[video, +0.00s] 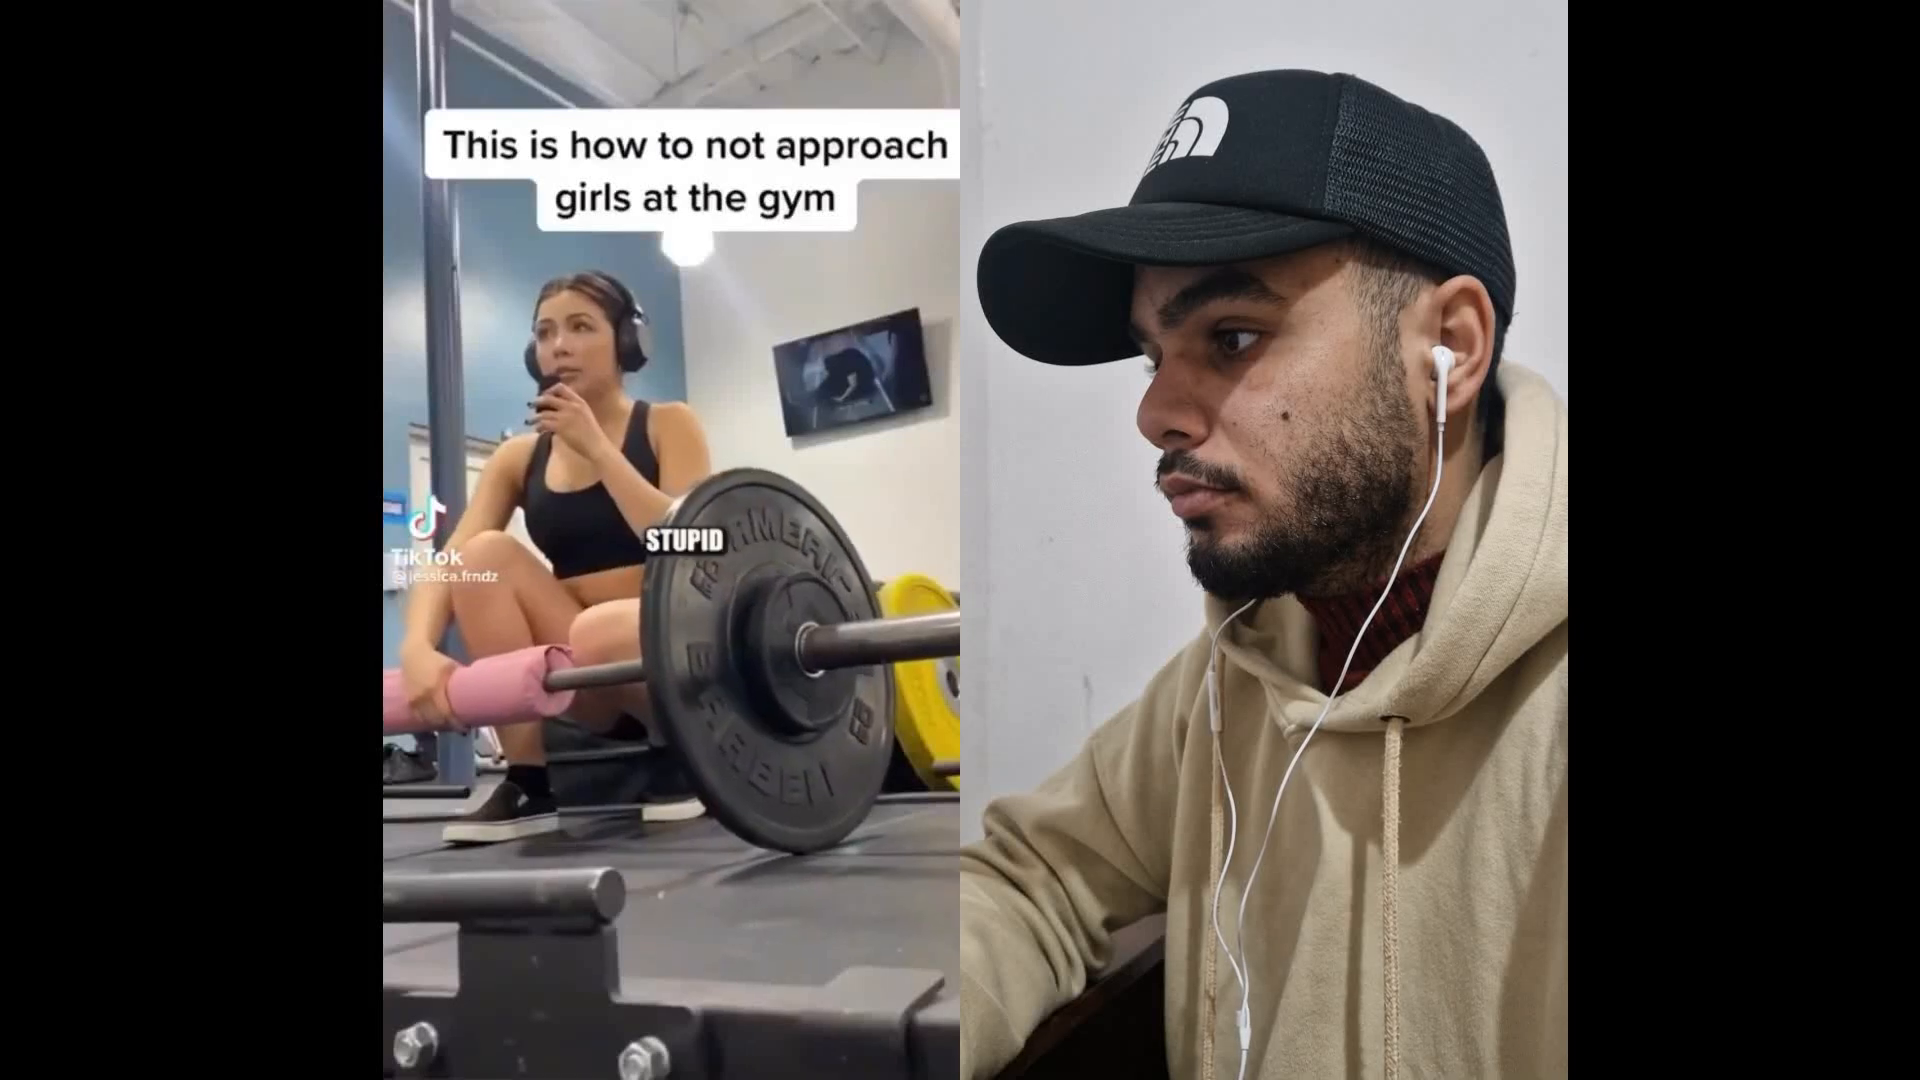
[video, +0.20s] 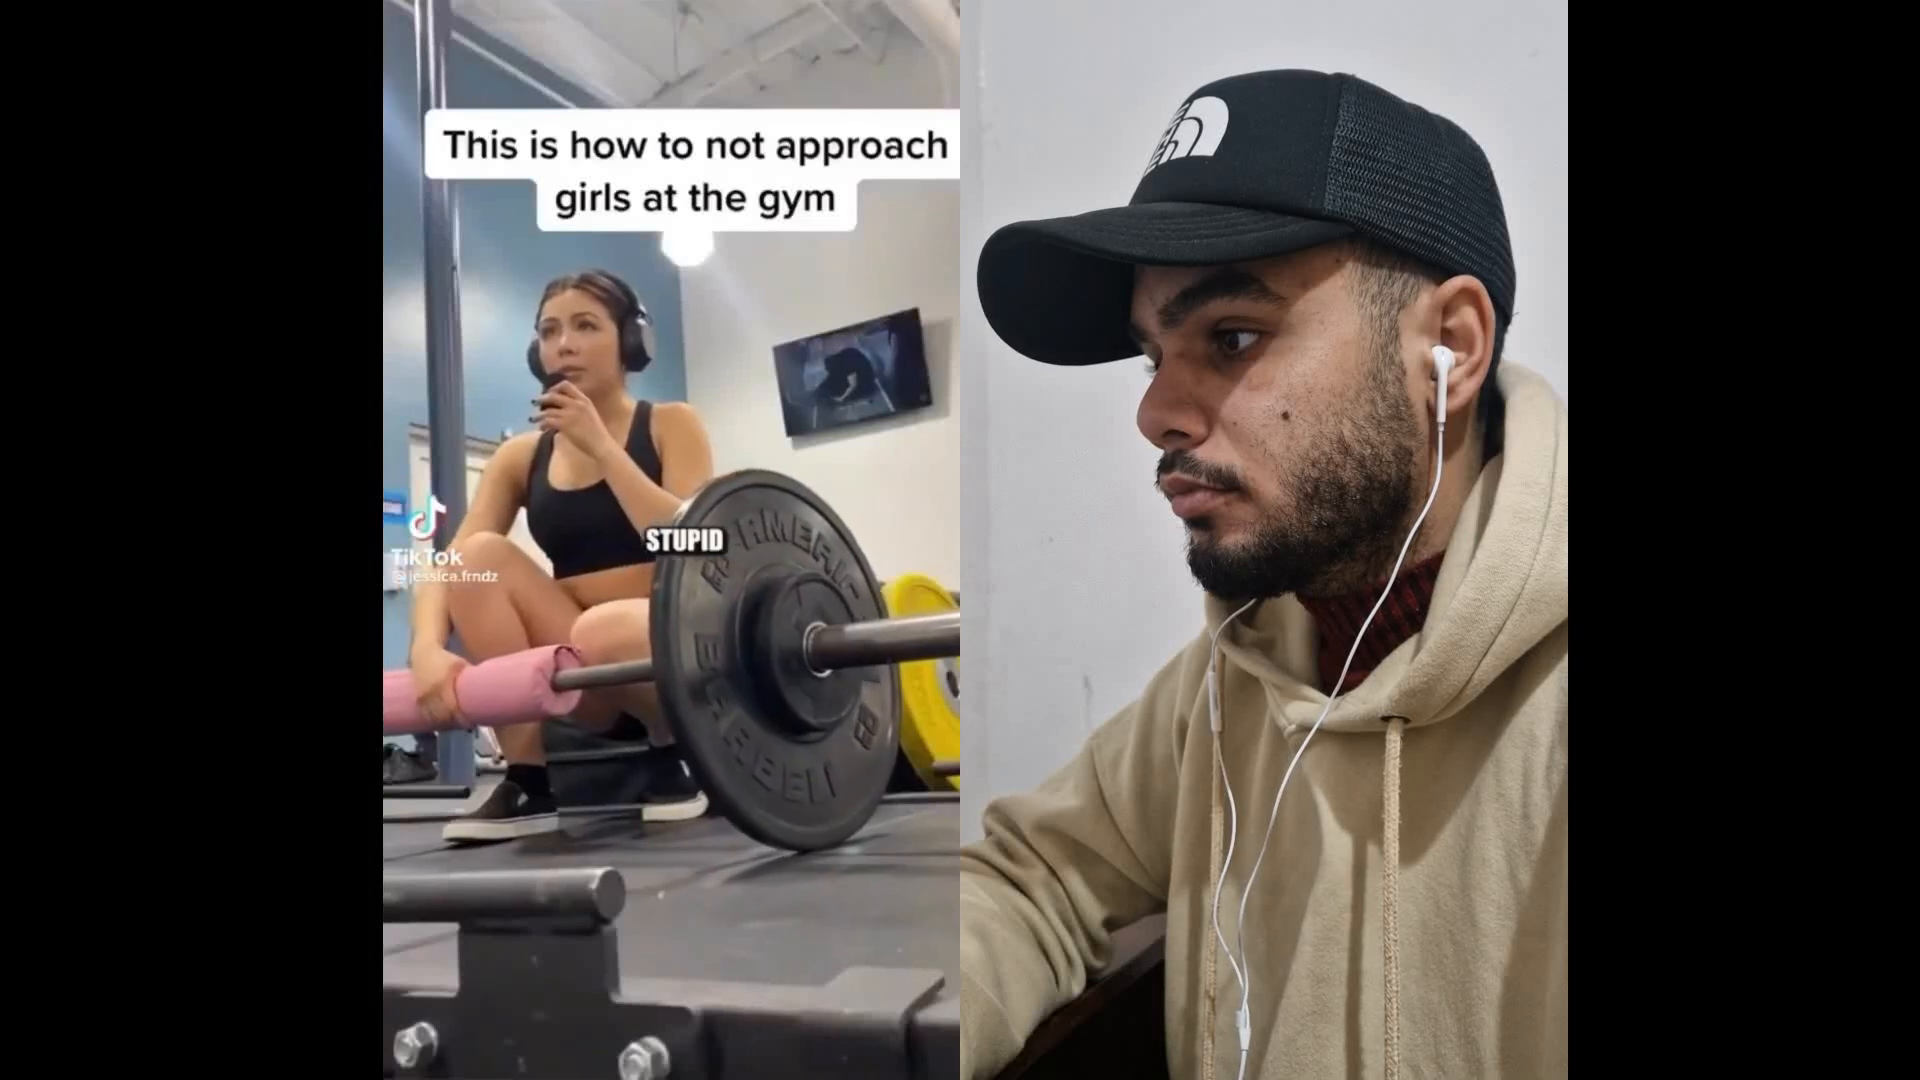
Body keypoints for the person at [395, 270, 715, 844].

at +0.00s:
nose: (559, 344)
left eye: (580, 326)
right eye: (546, 330)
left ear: (622, 342)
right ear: (535, 352)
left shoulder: (668, 425)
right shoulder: (520, 455)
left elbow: (691, 540)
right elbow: (452, 560)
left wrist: (598, 449)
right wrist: (417, 651)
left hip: (675, 644)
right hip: (580, 662)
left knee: (597, 632)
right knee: (484, 555)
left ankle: (687, 757)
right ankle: (527, 783)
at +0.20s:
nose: (564, 342)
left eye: (585, 325)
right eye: (550, 329)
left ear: (625, 342)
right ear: (539, 351)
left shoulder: (671, 426)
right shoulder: (521, 455)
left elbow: (691, 539)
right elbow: (452, 564)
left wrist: (602, 448)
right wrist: (426, 650)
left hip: (677, 649)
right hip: (579, 663)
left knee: (601, 631)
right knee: (478, 559)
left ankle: (669, 749)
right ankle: (526, 780)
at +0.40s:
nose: (570, 342)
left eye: (591, 324)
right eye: (555, 327)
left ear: (631, 342)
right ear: (543, 349)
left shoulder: (674, 428)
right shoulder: (522, 454)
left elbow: (695, 537)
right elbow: (441, 571)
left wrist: (607, 447)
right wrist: (438, 651)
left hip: (673, 645)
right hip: (573, 654)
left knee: (610, 632)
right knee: (473, 559)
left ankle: (666, 749)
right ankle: (526, 779)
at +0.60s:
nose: (573, 341)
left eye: (594, 323)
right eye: (558, 326)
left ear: (634, 342)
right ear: (545, 346)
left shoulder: (675, 429)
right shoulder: (522, 450)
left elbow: (692, 540)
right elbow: (440, 566)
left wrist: (608, 447)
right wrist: (439, 657)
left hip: (671, 643)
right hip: (571, 649)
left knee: (612, 633)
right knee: (471, 558)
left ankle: (668, 748)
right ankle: (527, 781)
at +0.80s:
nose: (575, 341)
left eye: (597, 323)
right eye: (561, 326)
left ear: (635, 339)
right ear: (546, 344)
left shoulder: (677, 429)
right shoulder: (523, 449)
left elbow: (696, 541)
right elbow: (441, 568)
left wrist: (612, 445)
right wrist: (438, 659)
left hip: (668, 638)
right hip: (570, 645)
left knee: (616, 637)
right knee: (473, 558)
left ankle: (668, 750)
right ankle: (527, 782)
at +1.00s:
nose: (575, 338)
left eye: (596, 321)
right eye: (560, 323)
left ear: (635, 340)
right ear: (546, 344)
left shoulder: (677, 425)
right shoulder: (523, 451)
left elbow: (700, 537)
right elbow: (469, 560)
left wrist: (614, 442)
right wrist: (426, 593)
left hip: (669, 640)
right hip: (571, 647)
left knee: (615, 638)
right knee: (478, 561)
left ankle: (666, 752)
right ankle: (527, 782)